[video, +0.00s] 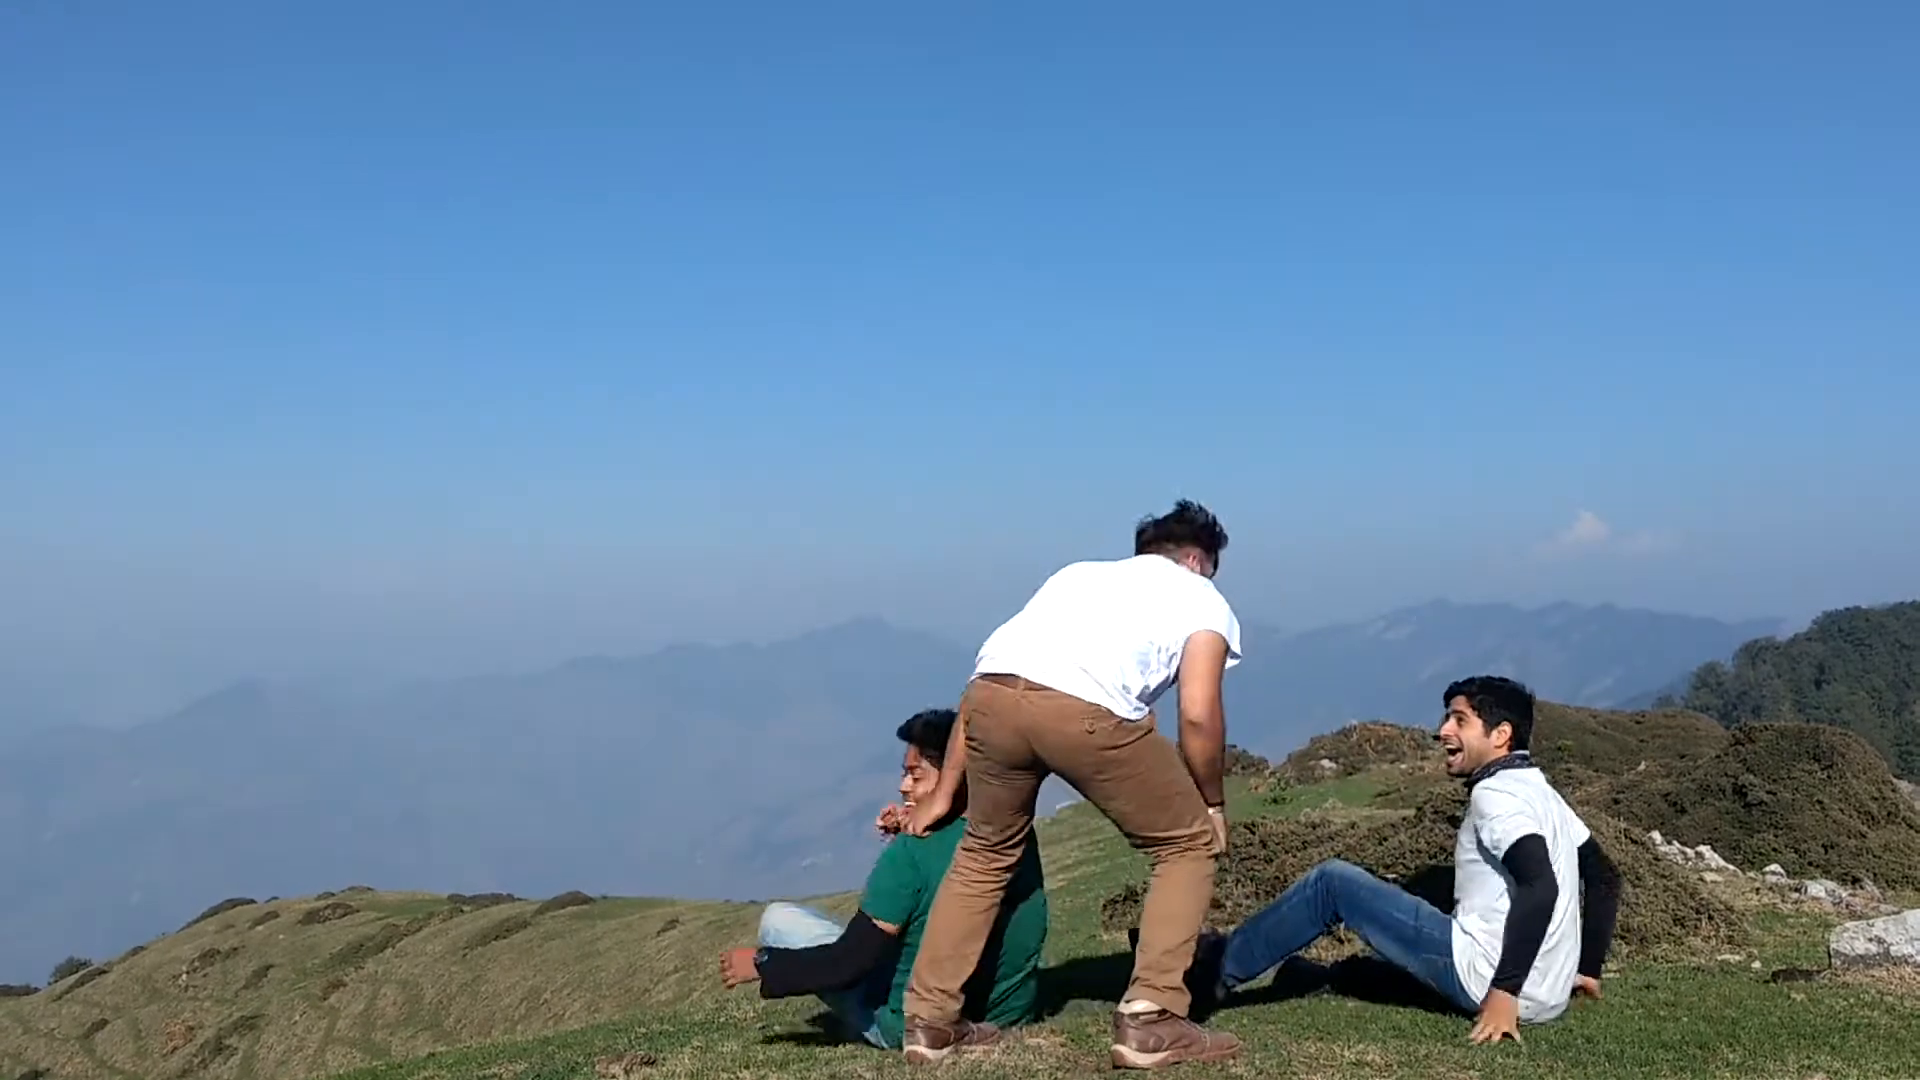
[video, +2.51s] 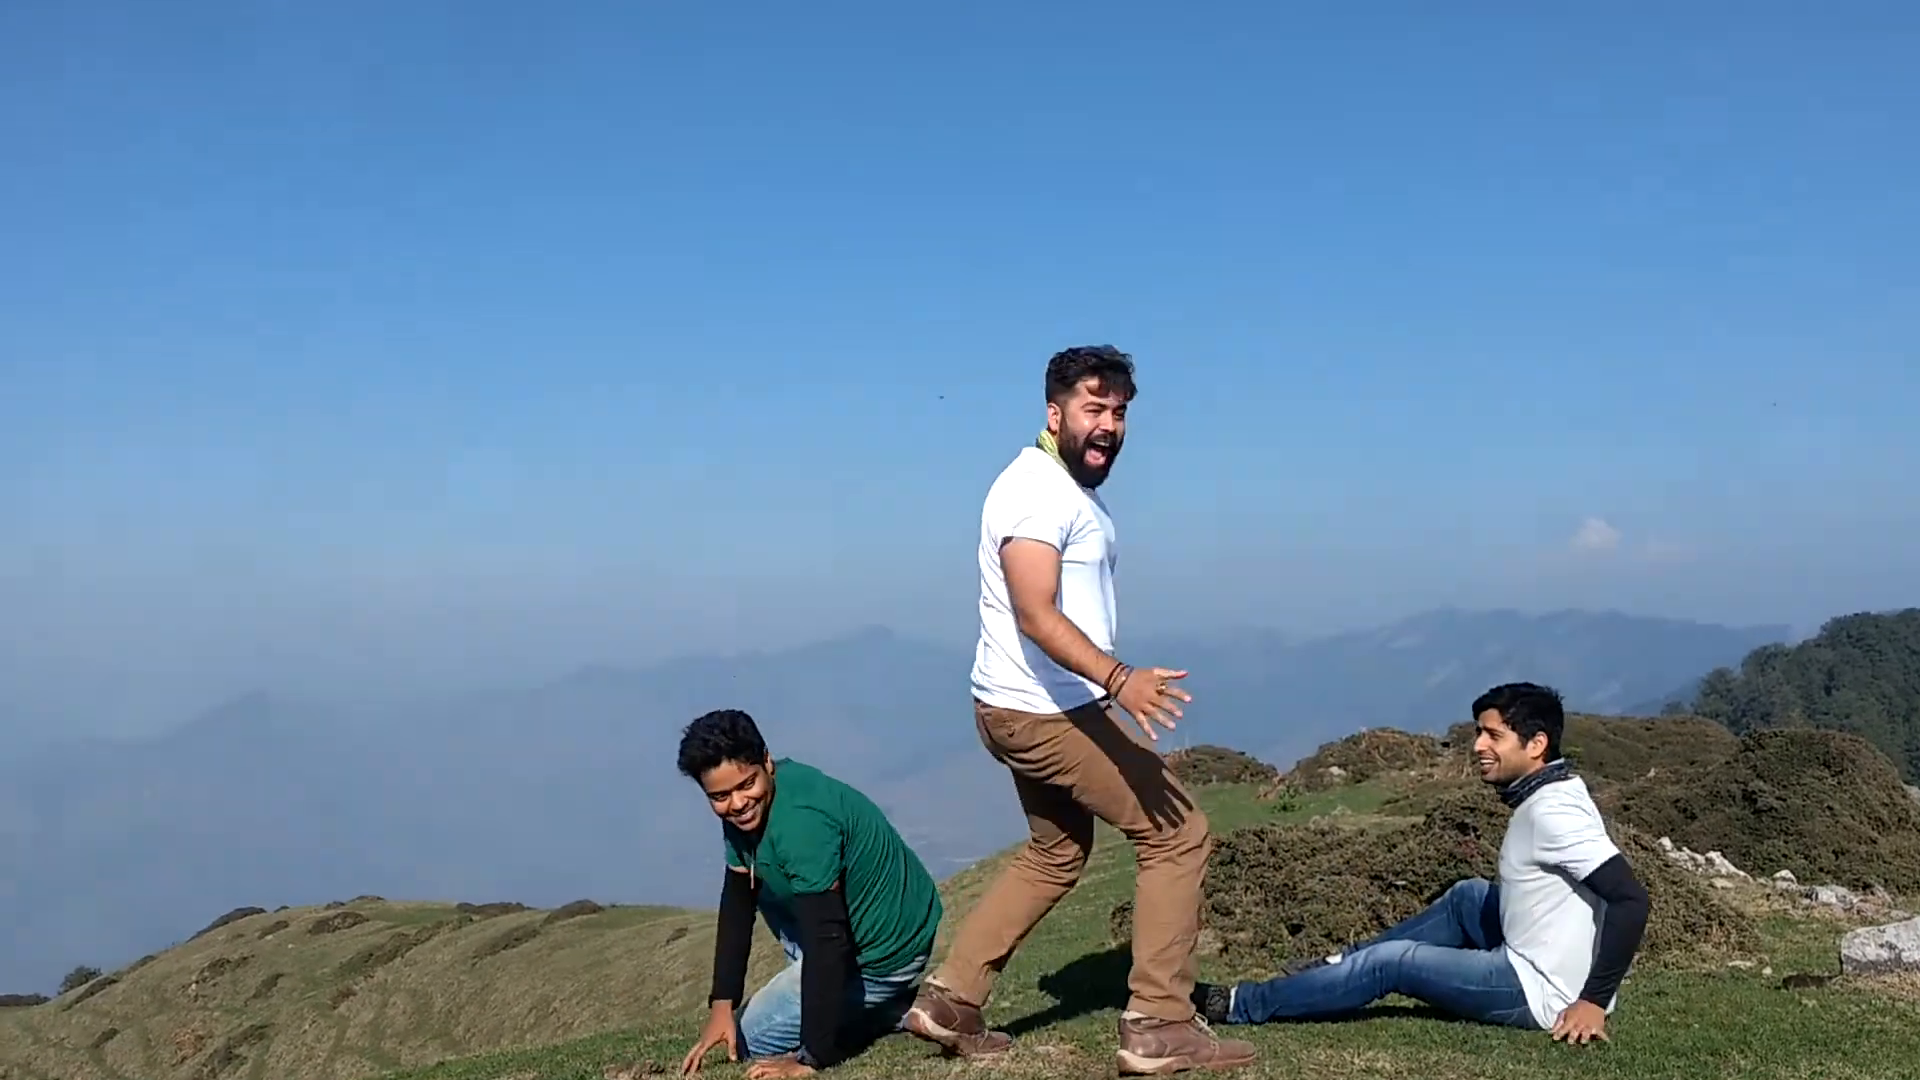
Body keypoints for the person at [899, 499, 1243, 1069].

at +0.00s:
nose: (1211, 575)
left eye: (1211, 566)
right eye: (1210, 564)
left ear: (1142, 551)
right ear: (1192, 559)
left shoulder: (1079, 574)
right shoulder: (1201, 599)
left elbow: (989, 672)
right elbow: (1199, 719)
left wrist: (943, 792)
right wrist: (1211, 806)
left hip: (993, 703)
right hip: (1083, 715)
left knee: (987, 847)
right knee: (1185, 842)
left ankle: (929, 1021)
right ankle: (1150, 1017)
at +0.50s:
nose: (1144, 586)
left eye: (1145, 574)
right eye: (1143, 573)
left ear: (1072, 562)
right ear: (1122, 568)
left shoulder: (1004, 598)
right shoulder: (1134, 614)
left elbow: (911, 710)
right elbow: (1146, 739)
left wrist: (915, 807)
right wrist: (1183, 816)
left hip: (936, 743)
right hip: (1030, 753)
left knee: (962, 853)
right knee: (1172, 841)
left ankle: (927, 1022)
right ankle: (1149, 1021)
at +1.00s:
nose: (1174, 569)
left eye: (1176, 553)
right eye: (1174, 552)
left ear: (1098, 541)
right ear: (1148, 554)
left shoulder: (1022, 577)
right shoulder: (1143, 606)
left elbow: (924, 680)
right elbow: (1135, 741)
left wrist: (917, 773)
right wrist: (1189, 804)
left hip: (931, 738)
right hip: (1019, 751)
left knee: (954, 853)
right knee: (1167, 836)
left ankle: (927, 1023)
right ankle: (1149, 1019)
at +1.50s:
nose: (1178, 592)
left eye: (1180, 577)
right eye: (1177, 576)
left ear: (1106, 565)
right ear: (1153, 574)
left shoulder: (1036, 595)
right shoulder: (1146, 621)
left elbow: (944, 685)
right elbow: (1131, 751)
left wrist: (910, 792)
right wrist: (1187, 804)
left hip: (928, 744)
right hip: (1008, 757)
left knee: (980, 858)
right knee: (1165, 837)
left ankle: (930, 1022)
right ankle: (1150, 1021)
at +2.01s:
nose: (1182, 584)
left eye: (1185, 570)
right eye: (1182, 568)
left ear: (1113, 553)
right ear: (1152, 562)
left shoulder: (1036, 586)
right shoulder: (1141, 612)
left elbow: (967, 676)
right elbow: (1132, 749)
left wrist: (904, 774)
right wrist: (1191, 804)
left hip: (930, 745)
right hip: (1013, 755)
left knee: (987, 861)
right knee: (1167, 835)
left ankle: (930, 1022)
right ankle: (1149, 1021)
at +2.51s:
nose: (1110, 426)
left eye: (1120, 412)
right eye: (1094, 410)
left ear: (1126, 417)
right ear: (1054, 413)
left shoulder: (1059, 487)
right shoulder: (1039, 488)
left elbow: (1045, 615)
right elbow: (1036, 614)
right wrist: (1117, 678)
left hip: (1020, 707)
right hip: (1047, 708)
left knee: (1057, 850)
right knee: (1177, 832)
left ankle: (949, 1003)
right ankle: (1160, 1023)